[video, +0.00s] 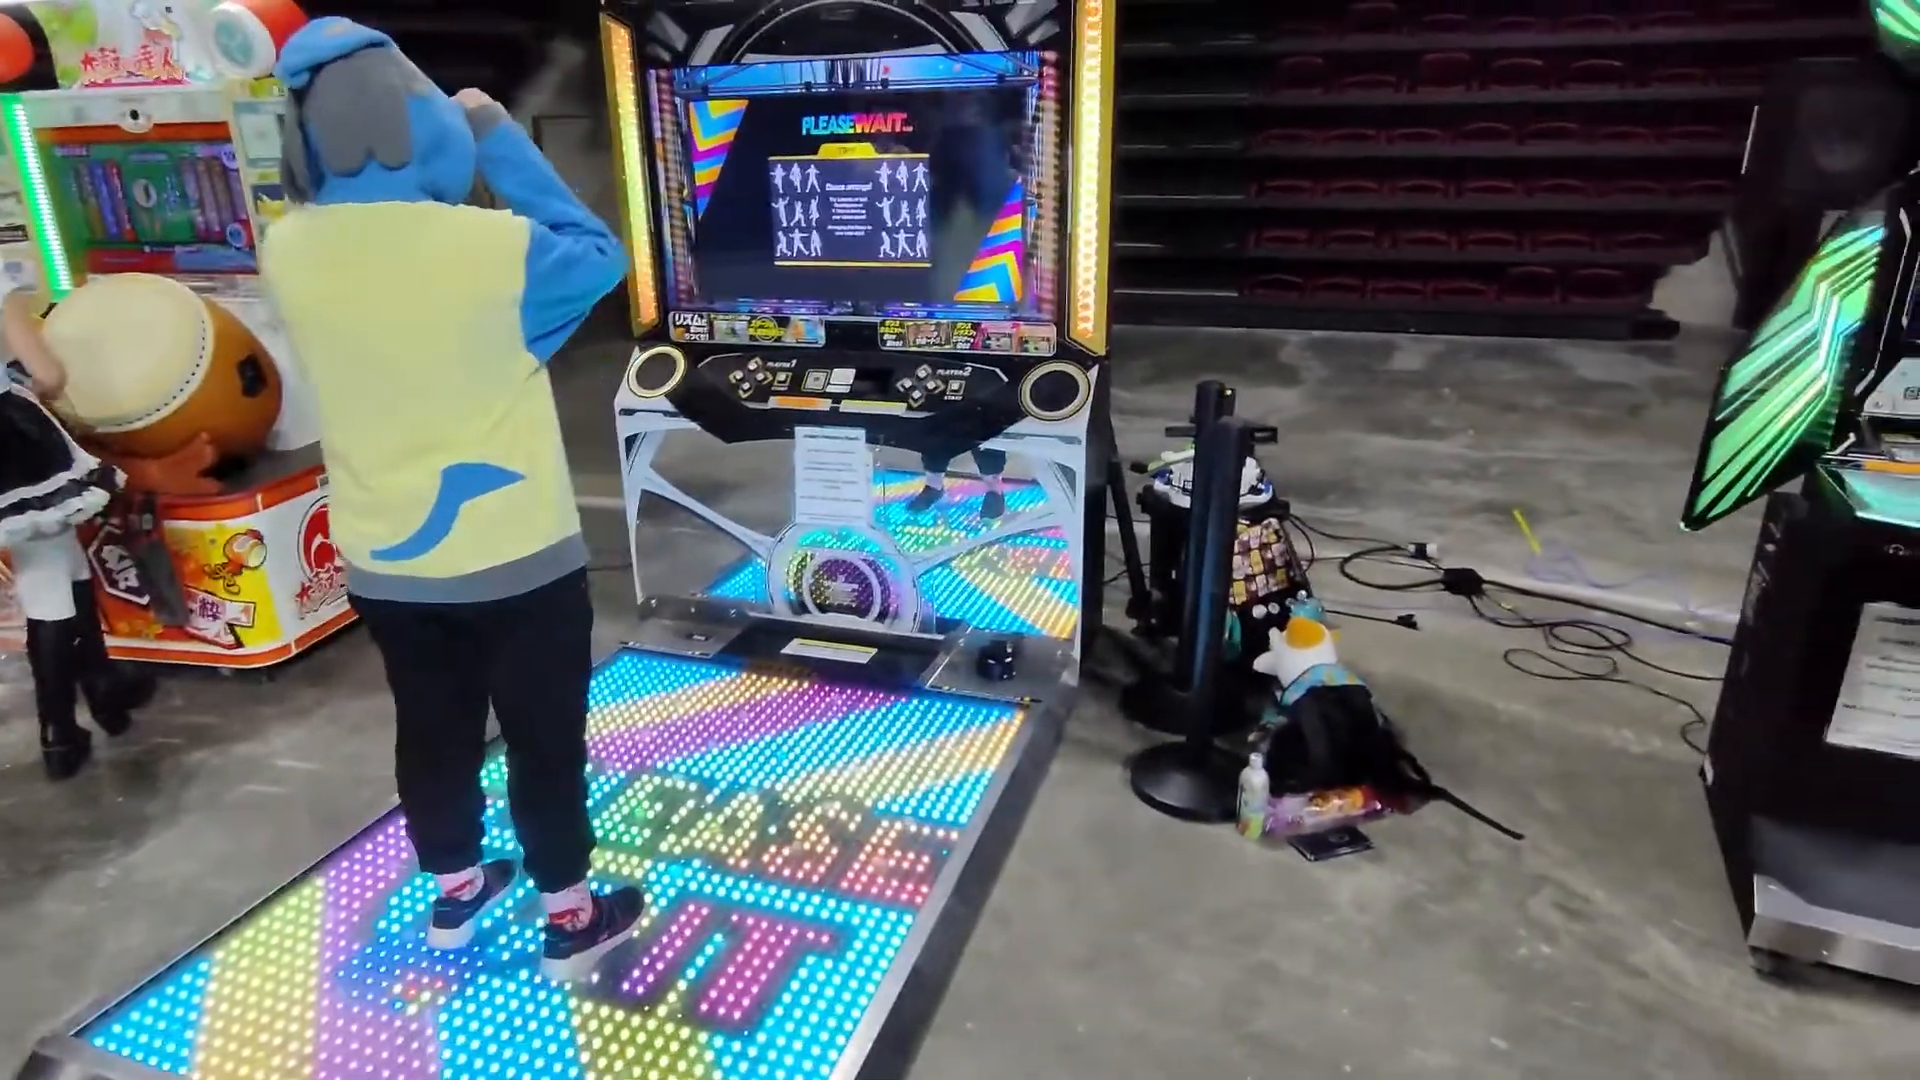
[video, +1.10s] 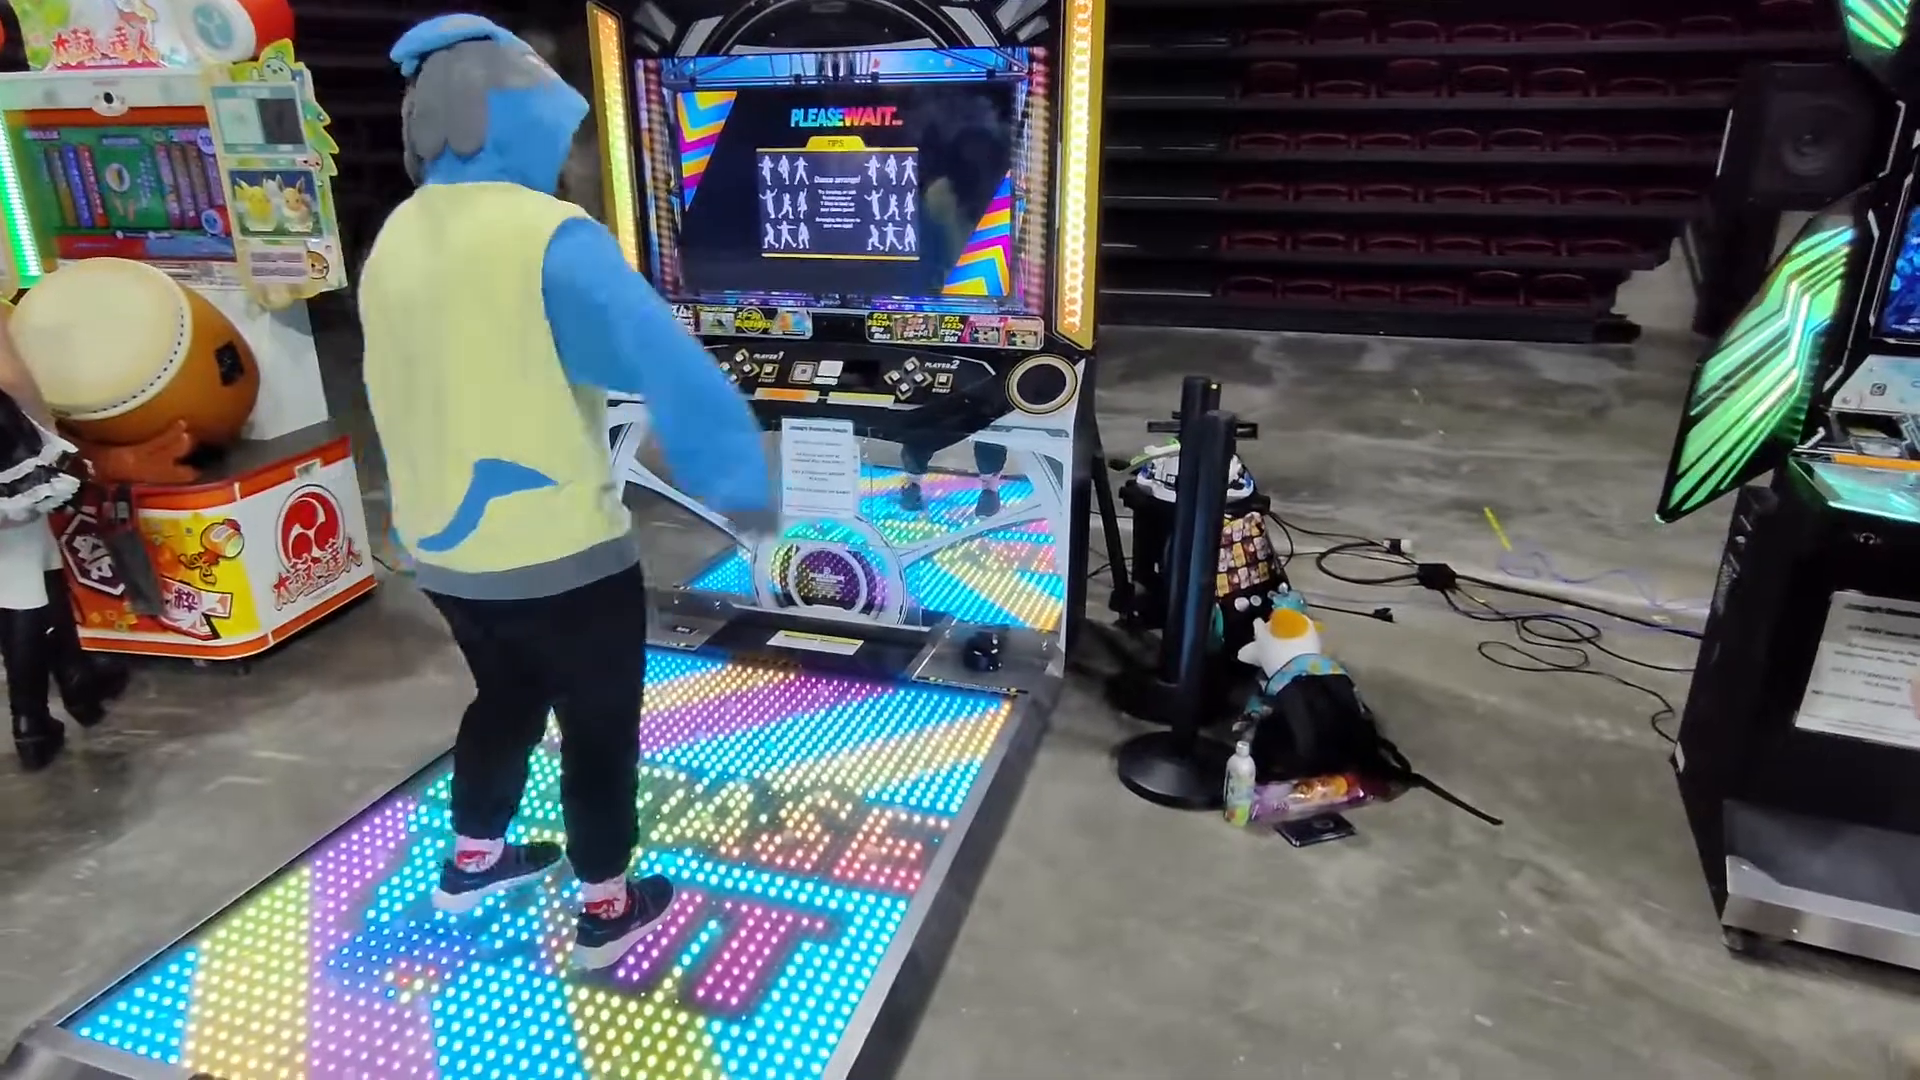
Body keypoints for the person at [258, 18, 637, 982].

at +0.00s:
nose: (430, 120)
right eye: (424, 109)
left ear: (317, 150)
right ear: (425, 130)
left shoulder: (291, 255)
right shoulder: (490, 252)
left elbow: (317, 206)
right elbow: (592, 254)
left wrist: (311, 110)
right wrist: (504, 142)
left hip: (387, 565)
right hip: (517, 555)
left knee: (431, 721)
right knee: (544, 731)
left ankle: (454, 879)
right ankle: (568, 906)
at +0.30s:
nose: (437, 141)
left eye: (430, 123)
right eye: (425, 124)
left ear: (305, 143)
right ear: (396, 136)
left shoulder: (264, 252)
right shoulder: (441, 258)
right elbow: (560, 310)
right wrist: (508, 180)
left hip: (352, 573)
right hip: (479, 566)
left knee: (408, 720)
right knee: (545, 727)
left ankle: (432, 882)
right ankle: (569, 911)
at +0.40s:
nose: (450, 147)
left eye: (444, 127)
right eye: (437, 127)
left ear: (310, 135)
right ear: (401, 134)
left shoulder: (272, 250)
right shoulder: (445, 257)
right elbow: (558, 360)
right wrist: (540, 251)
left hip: (351, 569)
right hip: (478, 564)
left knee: (407, 715)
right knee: (542, 730)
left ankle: (430, 876)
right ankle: (579, 909)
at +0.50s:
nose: (465, 148)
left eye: (458, 127)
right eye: (454, 129)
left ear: (335, 138)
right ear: (422, 137)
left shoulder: (293, 246)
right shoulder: (466, 267)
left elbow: (341, 366)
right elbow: (552, 399)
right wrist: (604, 372)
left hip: (363, 568)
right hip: (490, 568)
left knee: (415, 719)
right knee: (546, 734)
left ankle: (432, 881)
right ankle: (583, 911)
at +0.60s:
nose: (486, 143)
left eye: (478, 122)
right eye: (473, 123)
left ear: (358, 134)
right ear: (440, 132)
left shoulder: (319, 242)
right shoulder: (486, 267)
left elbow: (338, 378)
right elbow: (569, 412)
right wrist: (623, 502)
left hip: (382, 567)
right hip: (508, 568)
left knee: (427, 720)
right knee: (554, 738)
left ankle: (437, 880)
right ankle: (587, 913)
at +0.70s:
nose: (516, 143)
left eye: (508, 122)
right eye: (503, 124)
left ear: (388, 136)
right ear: (470, 132)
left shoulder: (349, 238)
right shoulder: (512, 270)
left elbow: (357, 393)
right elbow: (585, 450)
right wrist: (637, 577)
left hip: (402, 569)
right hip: (525, 571)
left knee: (441, 714)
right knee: (563, 740)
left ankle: (440, 876)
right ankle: (589, 908)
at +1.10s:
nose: (559, 128)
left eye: (554, 109)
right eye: (544, 109)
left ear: (439, 125)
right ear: (500, 116)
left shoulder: (393, 241)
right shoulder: (548, 236)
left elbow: (416, 382)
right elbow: (670, 362)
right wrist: (737, 479)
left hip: (448, 558)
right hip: (564, 554)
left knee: (506, 692)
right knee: (600, 722)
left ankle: (474, 853)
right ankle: (605, 904)